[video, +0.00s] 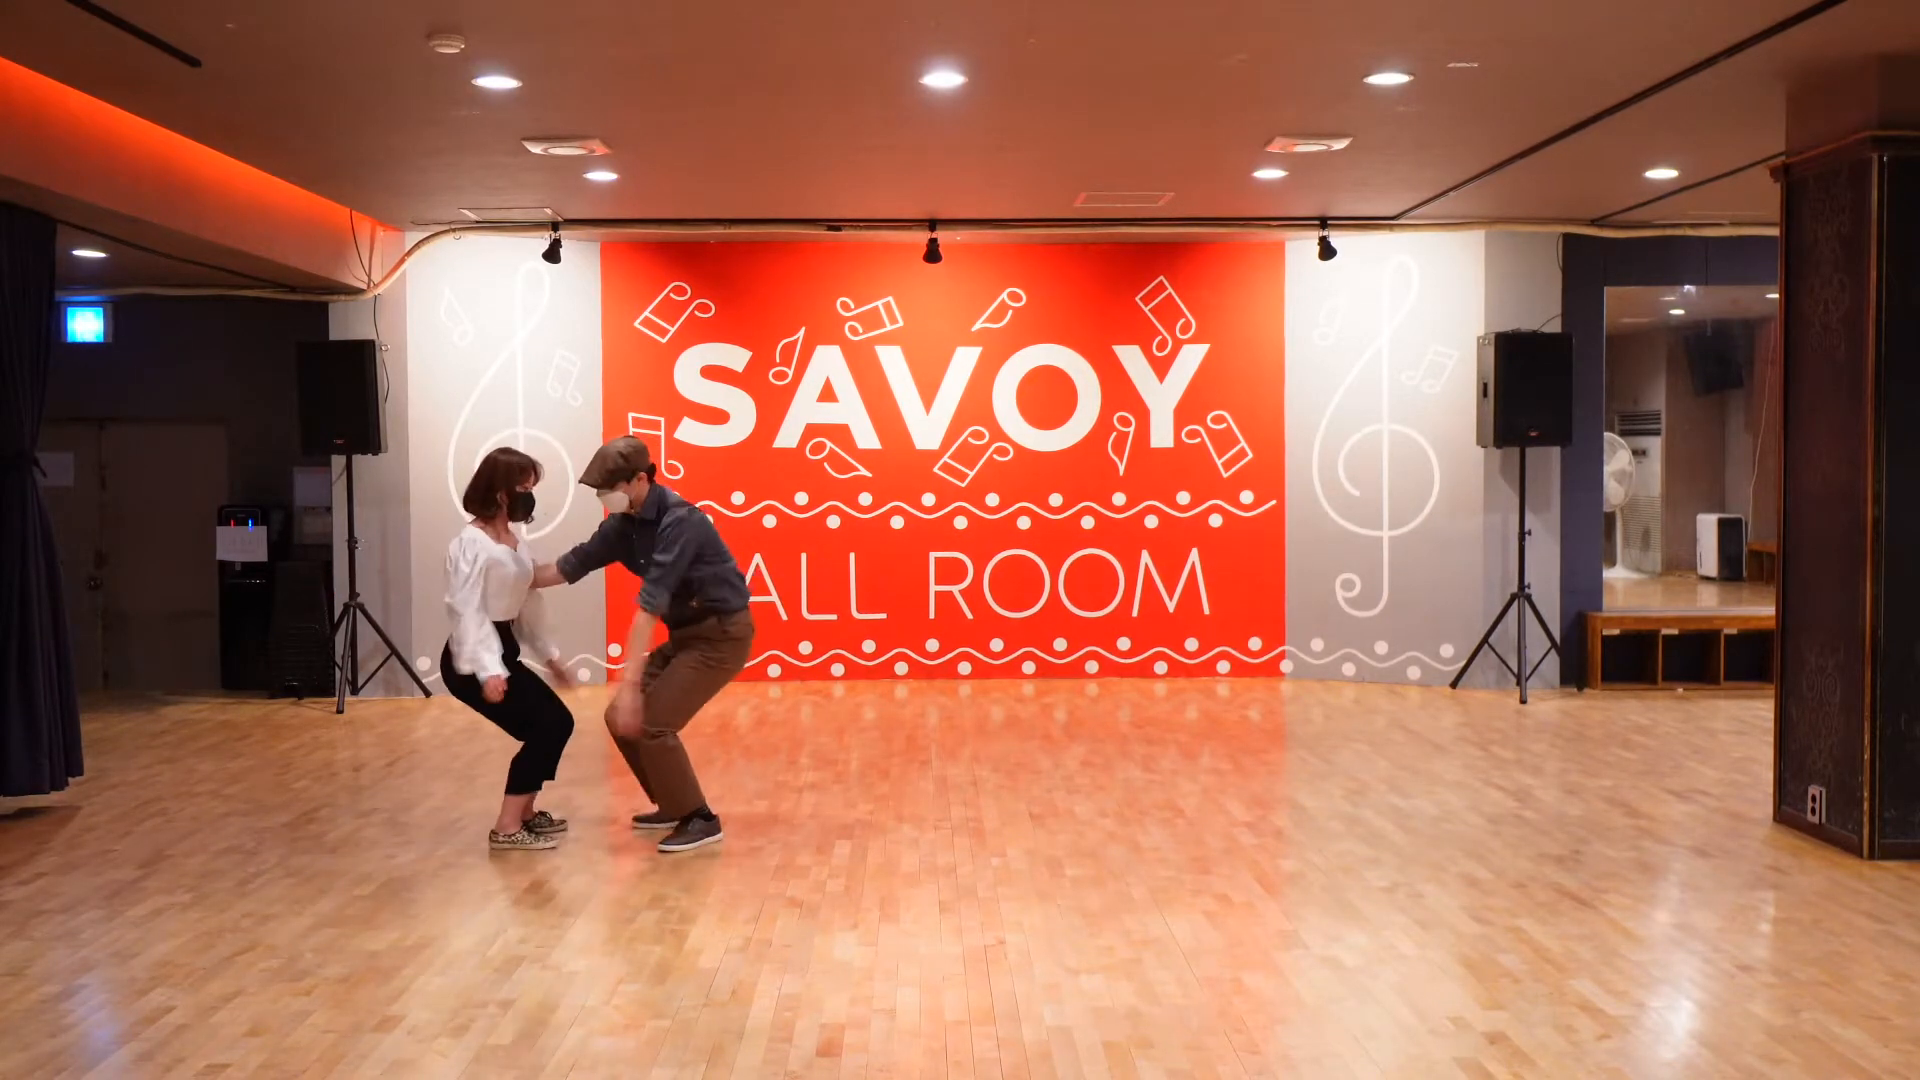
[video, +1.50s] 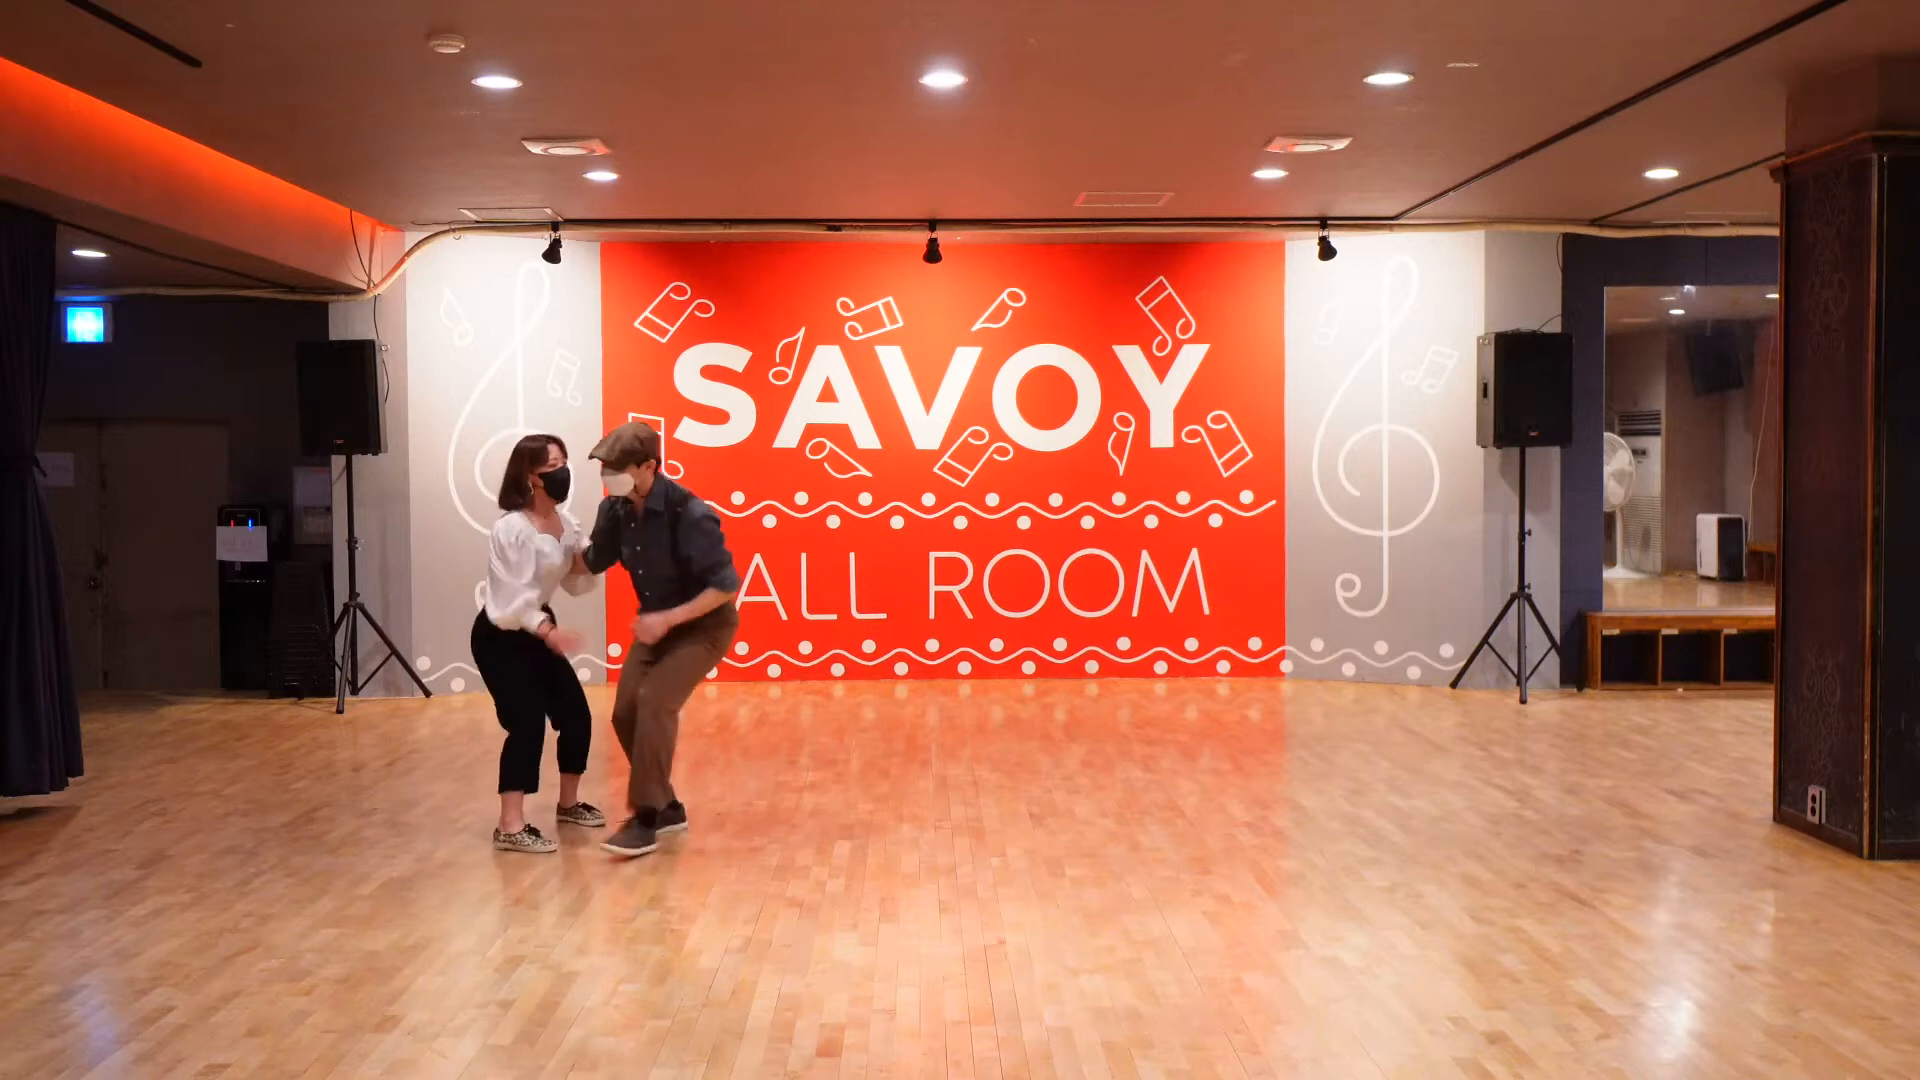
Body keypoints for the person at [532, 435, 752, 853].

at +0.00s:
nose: (603, 500)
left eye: (609, 490)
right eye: (600, 492)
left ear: (638, 481)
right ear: (626, 485)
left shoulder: (680, 521)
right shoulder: (622, 526)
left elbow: (650, 609)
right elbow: (564, 569)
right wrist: (503, 575)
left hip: (722, 636)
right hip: (686, 637)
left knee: (650, 723)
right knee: (621, 716)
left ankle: (700, 818)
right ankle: (675, 806)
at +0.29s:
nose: (592, 482)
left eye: (596, 473)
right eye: (589, 474)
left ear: (626, 465)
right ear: (617, 468)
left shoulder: (680, 505)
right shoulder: (609, 507)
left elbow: (743, 558)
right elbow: (563, 557)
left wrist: (798, 597)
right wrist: (508, 567)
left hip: (711, 613)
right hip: (670, 617)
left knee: (660, 702)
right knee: (626, 704)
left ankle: (613, 815)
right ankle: (682, 797)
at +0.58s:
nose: (601, 500)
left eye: (606, 491)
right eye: (598, 492)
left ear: (635, 478)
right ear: (622, 482)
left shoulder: (687, 519)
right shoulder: (616, 520)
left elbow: (722, 597)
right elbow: (567, 567)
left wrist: (746, 664)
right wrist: (506, 572)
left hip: (704, 637)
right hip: (668, 638)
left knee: (629, 708)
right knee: (608, 720)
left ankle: (681, 807)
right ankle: (673, 801)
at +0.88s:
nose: (610, 507)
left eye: (615, 498)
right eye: (606, 498)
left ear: (644, 486)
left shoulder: (687, 525)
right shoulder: (629, 523)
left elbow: (649, 605)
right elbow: (570, 565)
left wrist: (580, 638)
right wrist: (524, 559)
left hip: (713, 642)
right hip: (674, 641)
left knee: (633, 718)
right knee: (606, 716)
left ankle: (680, 819)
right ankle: (678, 795)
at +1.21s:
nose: (606, 485)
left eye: (612, 478)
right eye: (602, 477)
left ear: (640, 468)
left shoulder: (682, 489)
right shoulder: (621, 495)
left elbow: (693, 564)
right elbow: (581, 548)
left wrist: (627, 537)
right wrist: (536, 542)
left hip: (713, 612)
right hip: (672, 614)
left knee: (645, 698)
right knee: (612, 695)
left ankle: (676, 810)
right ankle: (669, 780)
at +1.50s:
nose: (609, 481)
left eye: (617, 472)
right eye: (607, 472)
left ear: (647, 468)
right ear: (625, 470)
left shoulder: (689, 513)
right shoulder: (615, 510)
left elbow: (724, 585)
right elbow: (593, 562)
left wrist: (666, 618)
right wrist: (556, 553)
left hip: (706, 622)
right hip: (656, 623)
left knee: (655, 700)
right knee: (625, 714)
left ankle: (646, 817)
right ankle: (665, 805)